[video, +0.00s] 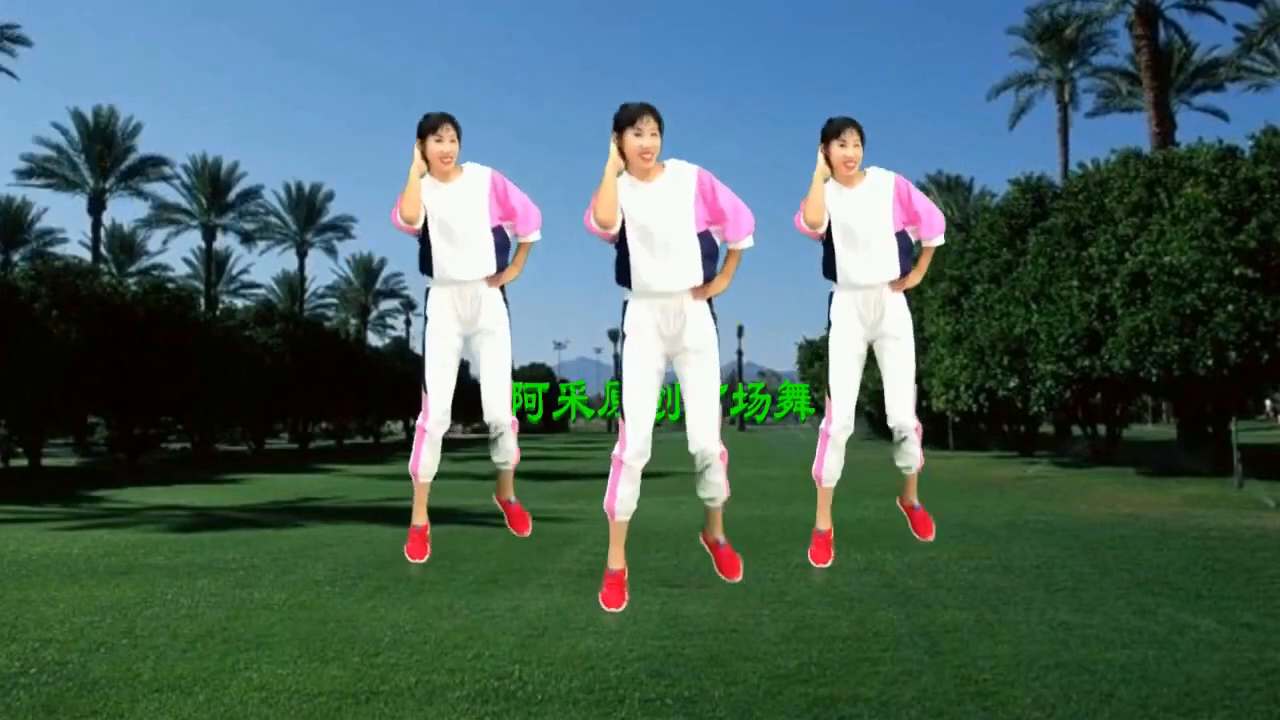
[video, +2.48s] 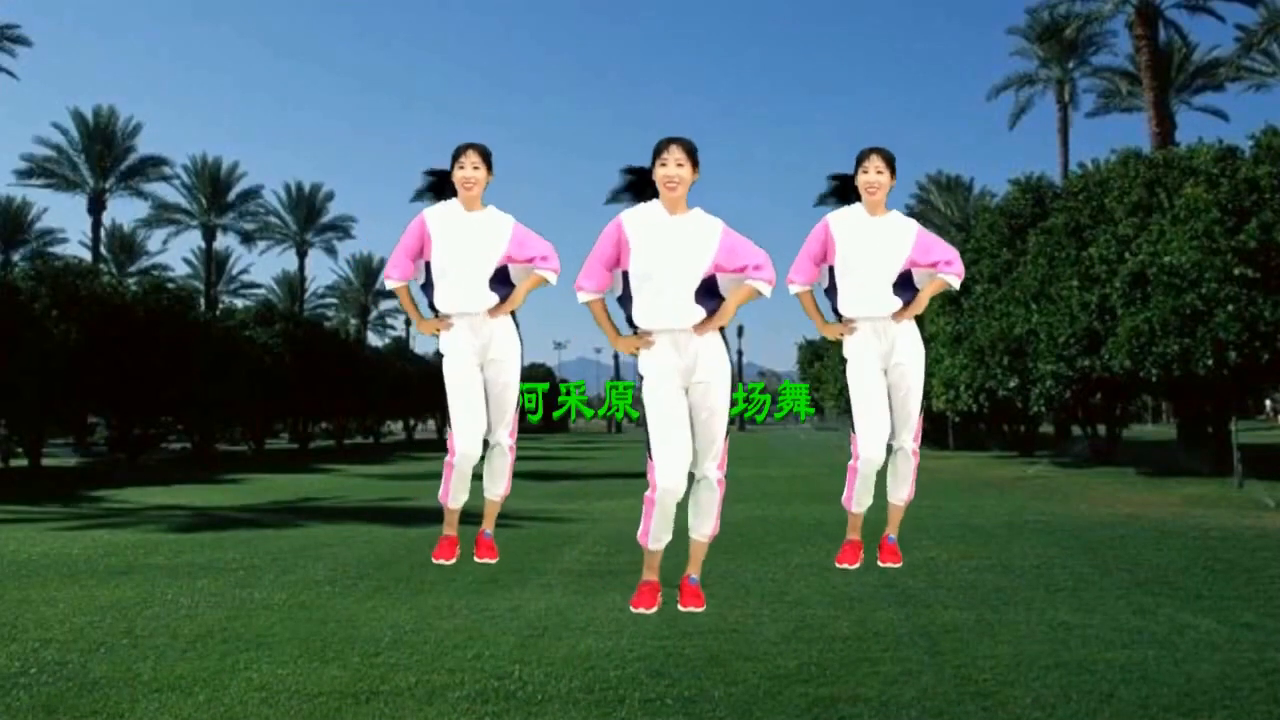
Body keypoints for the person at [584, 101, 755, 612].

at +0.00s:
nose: (646, 141)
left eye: (651, 134)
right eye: (636, 134)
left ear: (661, 139)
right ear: (619, 143)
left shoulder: (690, 178)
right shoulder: (614, 191)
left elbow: (741, 221)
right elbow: (605, 222)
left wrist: (724, 278)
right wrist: (613, 164)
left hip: (693, 311)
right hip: (642, 315)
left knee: (706, 443)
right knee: (633, 443)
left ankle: (715, 534)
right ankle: (616, 561)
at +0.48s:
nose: (653, 151)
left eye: (657, 141)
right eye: (643, 142)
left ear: (667, 148)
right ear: (626, 152)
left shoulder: (697, 196)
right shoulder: (617, 200)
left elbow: (737, 249)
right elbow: (656, 217)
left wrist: (722, 298)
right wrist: (650, 150)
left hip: (690, 320)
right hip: (640, 320)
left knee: (701, 457)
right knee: (634, 456)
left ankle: (698, 528)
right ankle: (626, 571)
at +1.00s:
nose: (660, 138)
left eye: (668, 130)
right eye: (651, 130)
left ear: (680, 137)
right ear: (636, 137)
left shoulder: (705, 189)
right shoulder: (624, 183)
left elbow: (739, 248)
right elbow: (645, 242)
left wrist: (717, 285)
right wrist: (701, 279)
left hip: (688, 314)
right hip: (638, 312)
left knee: (696, 449)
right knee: (631, 444)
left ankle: (688, 501)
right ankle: (620, 562)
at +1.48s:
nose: (667, 149)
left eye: (675, 142)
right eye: (659, 142)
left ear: (687, 151)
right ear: (644, 150)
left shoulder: (705, 203)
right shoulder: (620, 202)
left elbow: (745, 256)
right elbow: (569, 246)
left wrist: (720, 301)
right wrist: (609, 302)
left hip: (695, 332)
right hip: (643, 334)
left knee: (694, 458)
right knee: (645, 461)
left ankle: (694, 575)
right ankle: (631, 572)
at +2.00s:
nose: (674, 164)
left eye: (682, 156)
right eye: (666, 158)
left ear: (699, 165)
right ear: (657, 169)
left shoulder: (724, 214)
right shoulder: (647, 218)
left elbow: (756, 280)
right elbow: (592, 253)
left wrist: (728, 340)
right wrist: (624, 295)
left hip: (693, 345)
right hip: (642, 339)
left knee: (687, 466)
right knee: (635, 460)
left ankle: (692, 577)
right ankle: (644, 573)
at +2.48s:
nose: (671, 171)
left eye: (680, 165)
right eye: (664, 164)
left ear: (694, 174)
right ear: (653, 174)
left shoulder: (710, 227)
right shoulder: (629, 224)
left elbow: (763, 270)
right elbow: (589, 283)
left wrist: (729, 307)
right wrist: (616, 337)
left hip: (707, 349)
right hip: (657, 353)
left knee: (710, 468)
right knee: (670, 470)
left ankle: (693, 577)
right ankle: (650, 577)